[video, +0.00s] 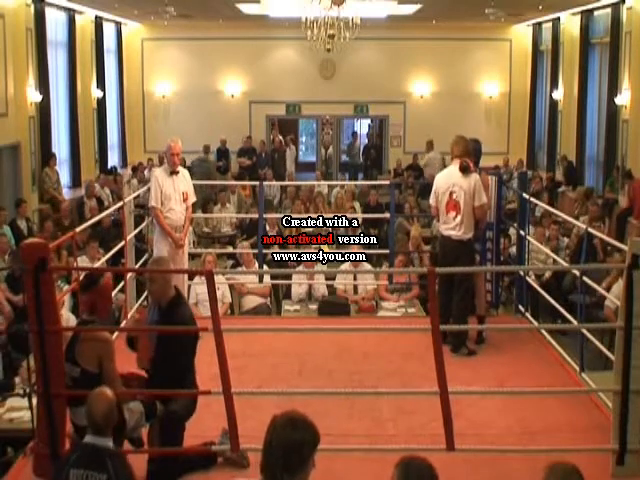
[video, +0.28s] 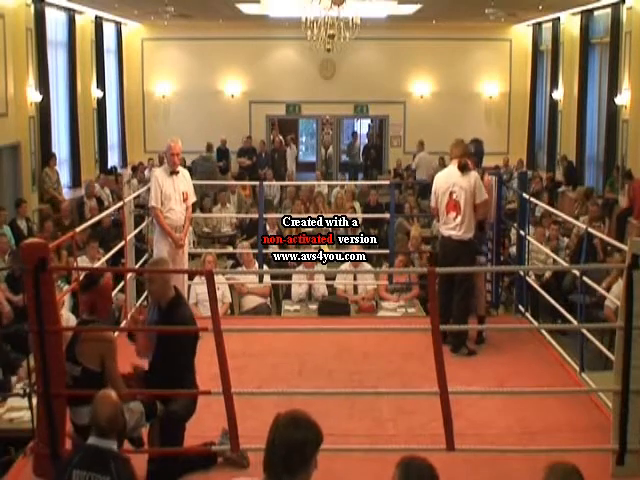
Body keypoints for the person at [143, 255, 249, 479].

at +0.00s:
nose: (149, 286)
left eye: (154, 280)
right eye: (147, 280)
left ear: (169, 280)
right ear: (148, 279)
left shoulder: (180, 318)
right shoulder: (158, 307)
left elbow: (171, 372)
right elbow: (141, 347)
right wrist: (133, 334)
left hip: (178, 396)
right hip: (161, 390)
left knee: (161, 470)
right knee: (159, 467)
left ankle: (217, 452)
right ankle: (215, 449)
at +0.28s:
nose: (149, 287)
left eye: (153, 281)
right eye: (147, 281)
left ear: (168, 280)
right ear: (146, 281)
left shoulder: (180, 318)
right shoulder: (160, 307)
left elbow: (168, 373)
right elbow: (148, 348)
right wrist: (134, 331)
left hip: (178, 396)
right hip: (162, 389)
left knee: (161, 470)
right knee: (159, 467)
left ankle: (217, 452)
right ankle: (215, 449)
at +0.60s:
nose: (145, 288)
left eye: (149, 282)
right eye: (144, 281)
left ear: (165, 281)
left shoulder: (180, 318)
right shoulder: (155, 308)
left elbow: (182, 369)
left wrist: (173, 406)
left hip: (175, 399)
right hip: (160, 393)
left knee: (162, 469)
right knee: (157, 467)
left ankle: (217, 451)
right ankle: (215, 449)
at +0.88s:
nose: (146, 288)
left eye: (150, 282)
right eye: (145, 282)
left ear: (166, 282)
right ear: (151, 281)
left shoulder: (181, 319)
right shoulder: (156, 308)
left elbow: (185, 371)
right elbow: (150, 347)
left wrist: (174, 408)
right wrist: (138, 327)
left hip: (176, 399)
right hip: (160, 393)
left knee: (161, 470)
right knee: (158, 467)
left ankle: (216, 451)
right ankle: (215, 449)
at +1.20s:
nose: (146, 288)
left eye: (150, 282)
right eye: (145, 282)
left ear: (166, 282)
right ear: (148, 281)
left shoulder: (181, 319)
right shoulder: (154, 308)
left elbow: (185, 371)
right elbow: (144, 346)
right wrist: (135, 320)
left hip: (177, 398)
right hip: (160, 393)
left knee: (160, 469)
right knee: (160, 467)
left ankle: (217, 451)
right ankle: (215, 449)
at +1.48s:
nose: (145, 289)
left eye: (149, 283)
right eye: (144, 283)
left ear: (163, 284)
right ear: (148, 283)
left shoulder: (181, 320)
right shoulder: (158, 308)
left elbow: (184, 374)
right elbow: (149, 349)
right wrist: (135, 338)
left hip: (178, 399)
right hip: (161, 393)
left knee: (160, 469)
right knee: (159, 467)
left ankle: (217, 452)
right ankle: (214, 450)